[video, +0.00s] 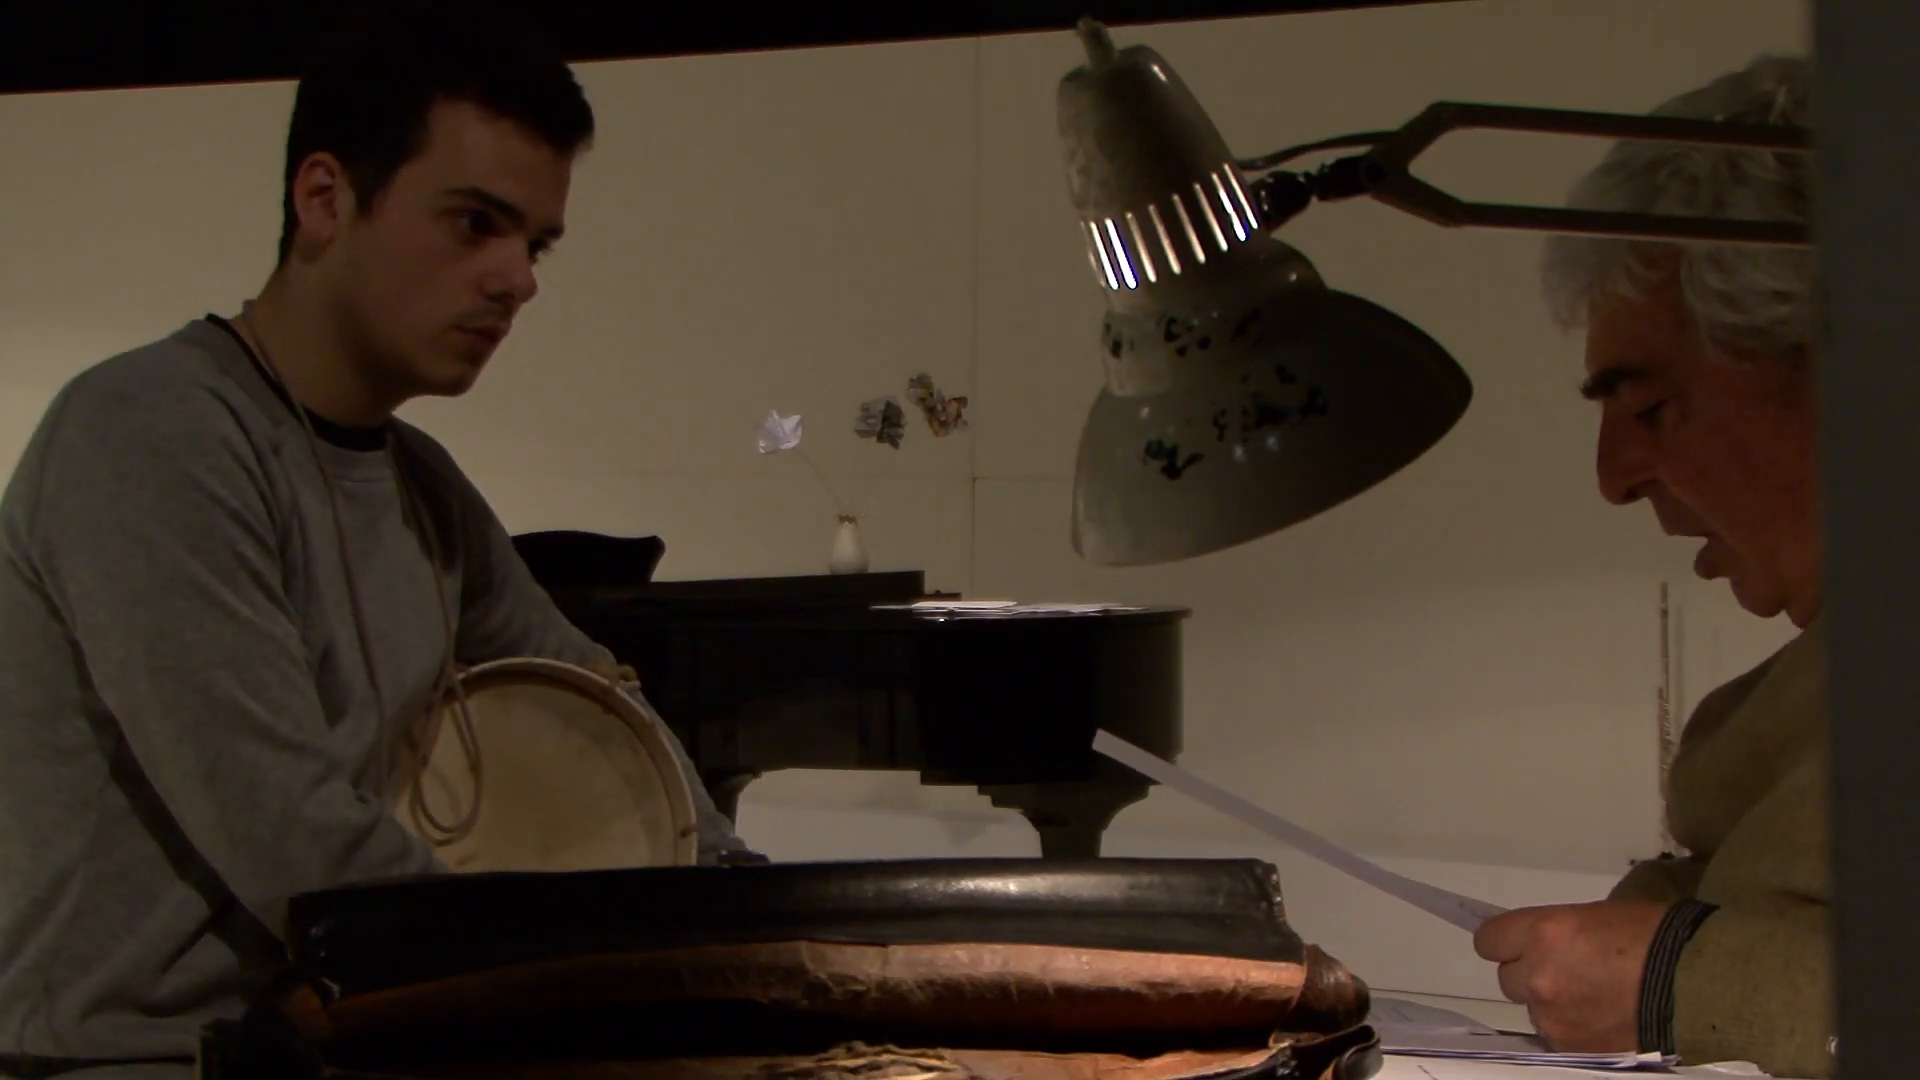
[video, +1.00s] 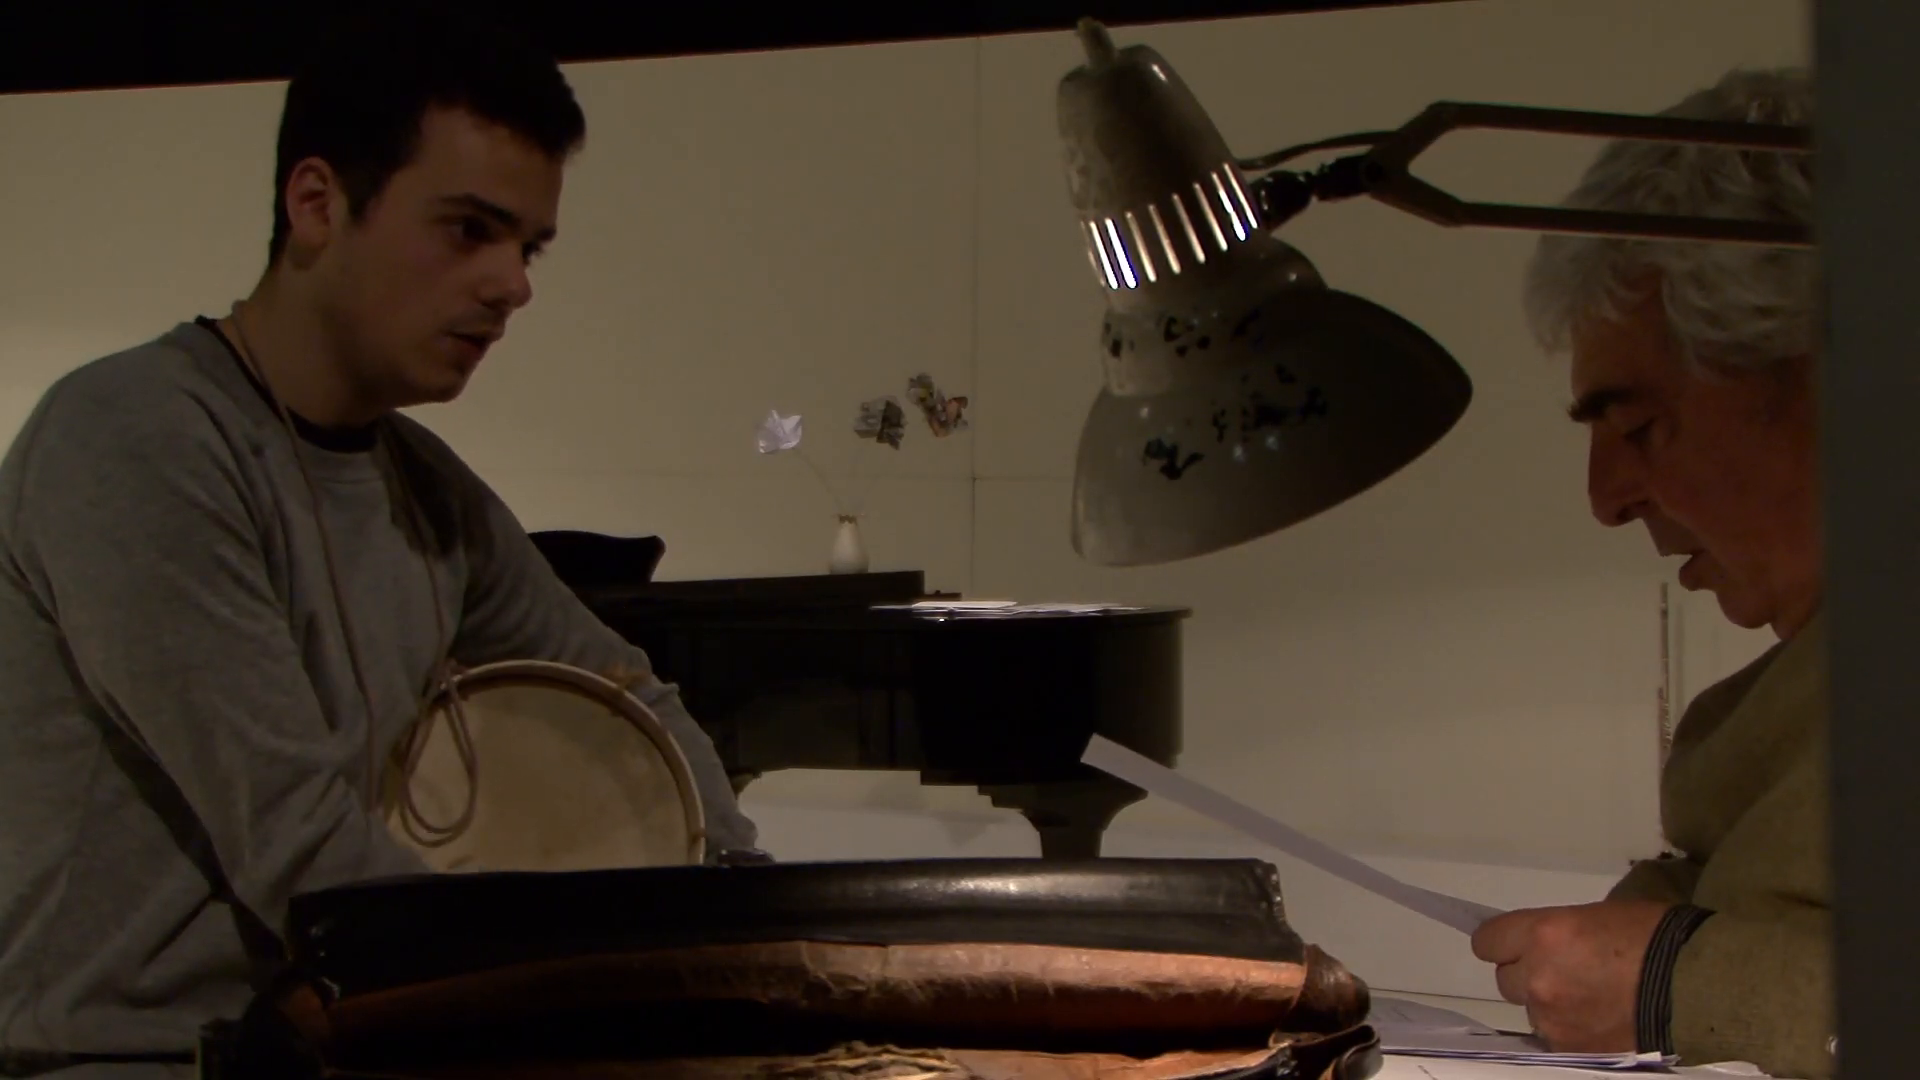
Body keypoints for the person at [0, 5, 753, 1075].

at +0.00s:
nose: (516, 282)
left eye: (536, 247)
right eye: (476, 222)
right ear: (323, 200)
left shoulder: (425, 487)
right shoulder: (142, 435)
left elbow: (595, 720)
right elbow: (300, 854)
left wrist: (746, 912)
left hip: (345, 1037)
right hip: (128, 1057)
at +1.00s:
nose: (510, 288)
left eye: (527, 251)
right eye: (468, 230)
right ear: (315, 205)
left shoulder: (431, 491)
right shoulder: (124, 438)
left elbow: (625, 698)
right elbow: (299, 849)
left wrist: (751, 915)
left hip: (340, 1041)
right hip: (114, 1056)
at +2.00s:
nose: (516, 422)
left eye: (541, 387)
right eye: (498, 361)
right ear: (371, 261)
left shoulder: (475, 514)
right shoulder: (92, 442)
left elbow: (679, 729)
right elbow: (87, 870)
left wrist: (721, 949)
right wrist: (321, 1037)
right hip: (63, 1029)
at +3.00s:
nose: (139, 481)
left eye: (179, 443)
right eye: (101, 428)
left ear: (214, 393)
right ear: (1, 335)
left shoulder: (196, 481)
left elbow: (360, 607)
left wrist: (525, 756)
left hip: (102, 1038)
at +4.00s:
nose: (573, 490)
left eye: (602, 451)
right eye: (552, 432)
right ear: (426, 304)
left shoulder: (541, 520)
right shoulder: (84, 444)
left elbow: (563, 865)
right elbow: (8, 844)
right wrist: (248, 727)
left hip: (363, 1043)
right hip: (79, 1042)